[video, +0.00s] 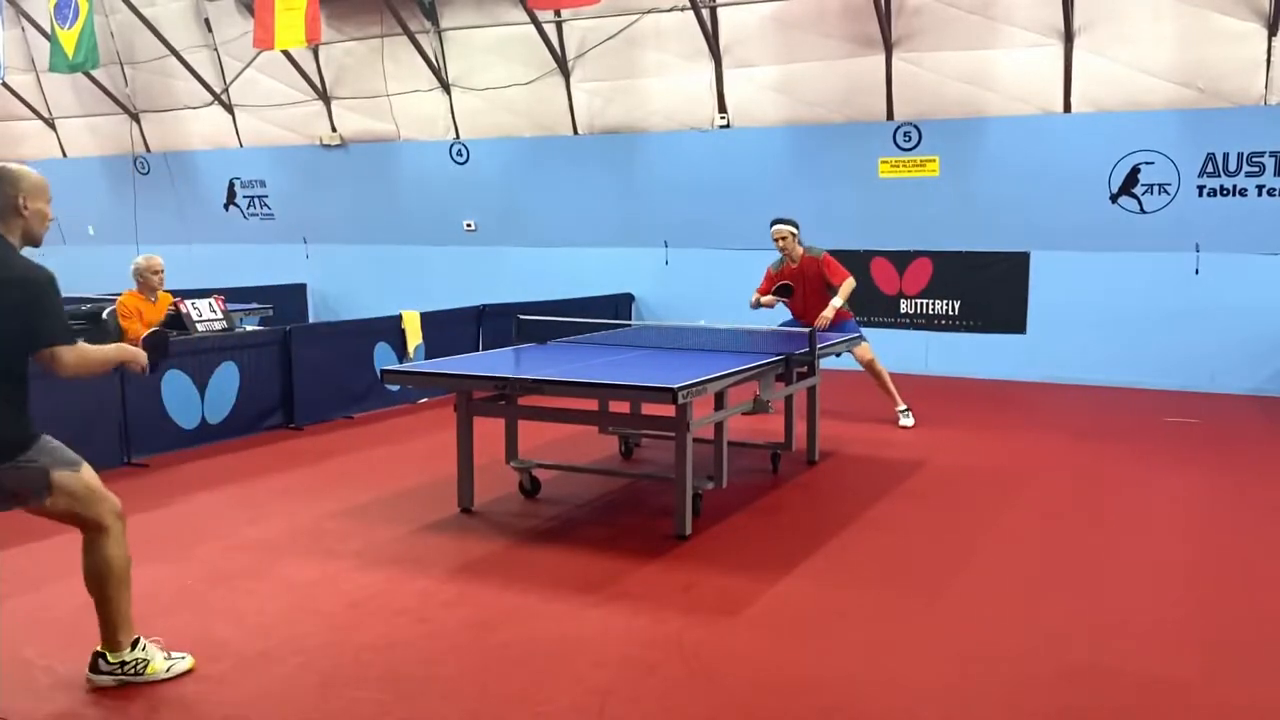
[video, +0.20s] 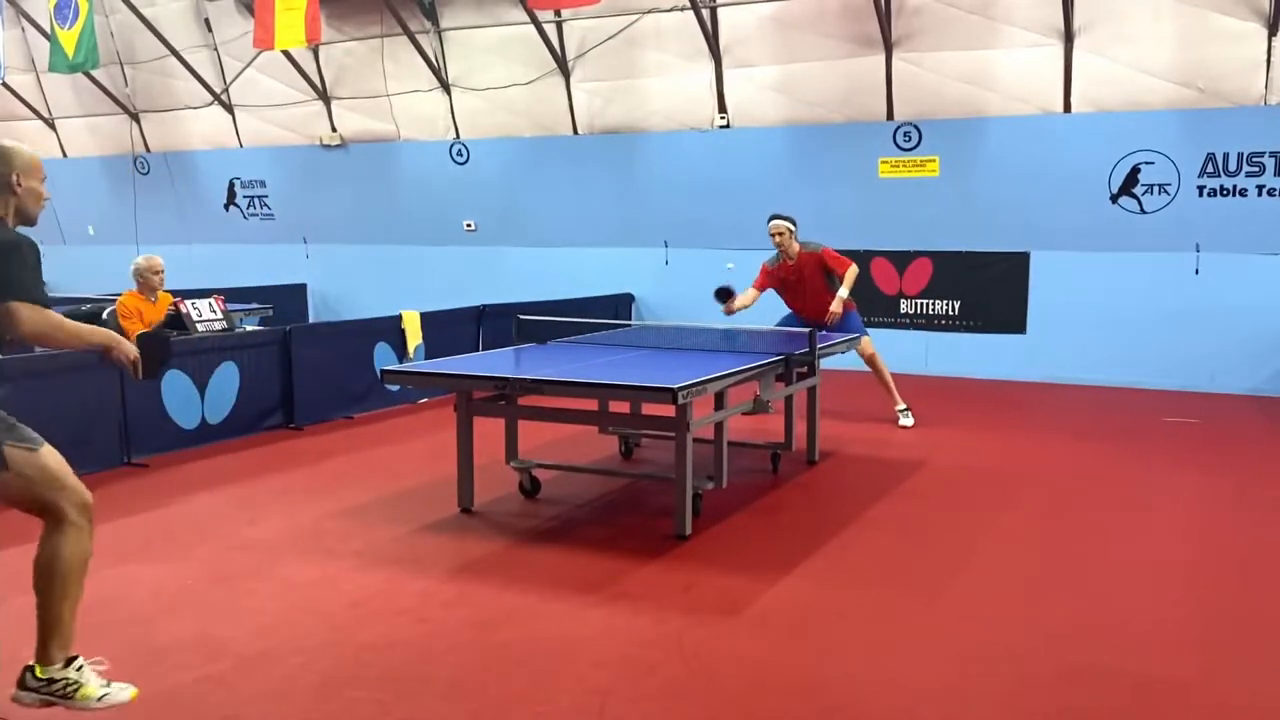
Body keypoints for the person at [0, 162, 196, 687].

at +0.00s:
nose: (51, 214)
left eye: (49, 205)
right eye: (45, 205)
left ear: (12, 208)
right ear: (19, 208)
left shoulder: (15, 271)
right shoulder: (26, 277)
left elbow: (53, 355)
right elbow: (61, 358)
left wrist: (111, 351)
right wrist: (121, 351)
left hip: (10, 442)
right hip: (7, 443)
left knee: (101, 511)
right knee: (105, 514)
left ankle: (118, 647)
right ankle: (119, 650)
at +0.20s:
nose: (46, 191)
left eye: (44, 180)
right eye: (39, 180)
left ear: (10, 185)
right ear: (14, 185)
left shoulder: (10, 241)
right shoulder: (12, 243)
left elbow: (22, 318)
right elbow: (26, 319)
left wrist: (98, 336)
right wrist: (107, 337)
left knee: (70, 504)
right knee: (71, 506)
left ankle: (53, 662)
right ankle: (52, 665)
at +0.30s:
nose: (52, 210)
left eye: (51, 200)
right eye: (46, 200)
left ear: (16, 203)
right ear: (19, 203)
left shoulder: (11, 265)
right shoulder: (9, 267)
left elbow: (11, 345)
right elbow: (7, 344)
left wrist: (88, 378)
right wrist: (89, 377)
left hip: (2, 445)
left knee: (44, 542)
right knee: (49, 541)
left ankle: (29, 700)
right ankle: (30, 704)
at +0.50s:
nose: (97, 246)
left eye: (96, 234)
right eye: (90, 234)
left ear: (56, 241)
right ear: (65, 241)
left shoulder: (40, 303)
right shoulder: (19, 313)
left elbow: (26, 367)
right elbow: (9, 418)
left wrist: (87, 384)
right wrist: (99, 464)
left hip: (4, 483)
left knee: (38, 605)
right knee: (41, 606)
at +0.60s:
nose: (141, 267)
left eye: (141, 256)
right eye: (136, 256)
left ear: (103, 257)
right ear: (112, 259)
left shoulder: (87, 314)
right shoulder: (50, 324)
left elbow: (64, 376)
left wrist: (123, 401)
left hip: (31, 471)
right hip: (5, 484)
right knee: (50, 609)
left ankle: (9, 621)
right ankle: (4, 696)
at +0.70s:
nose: (194, 278)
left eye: (194, 268)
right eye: (191, 267)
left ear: (153, 266)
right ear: (168, 268)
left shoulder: (124, 312)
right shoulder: (105, 325)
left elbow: (75, 372)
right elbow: (92, 442)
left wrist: (123, 389)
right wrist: (189, 479)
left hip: (63, 470)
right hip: (22, 482)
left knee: (161, 504)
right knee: (53, 610)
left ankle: (127, 630)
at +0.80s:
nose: (256, 277)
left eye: (256, 267)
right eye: (252, 267)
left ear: (213, 266)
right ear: (231, 272)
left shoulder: (182, 305)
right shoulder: (172, 326)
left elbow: (115, 321)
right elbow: (160, 433)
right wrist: (250, 451)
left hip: (124, 453)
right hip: (75, 469)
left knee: (211, 501)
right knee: (49, 602)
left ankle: (253, 601)